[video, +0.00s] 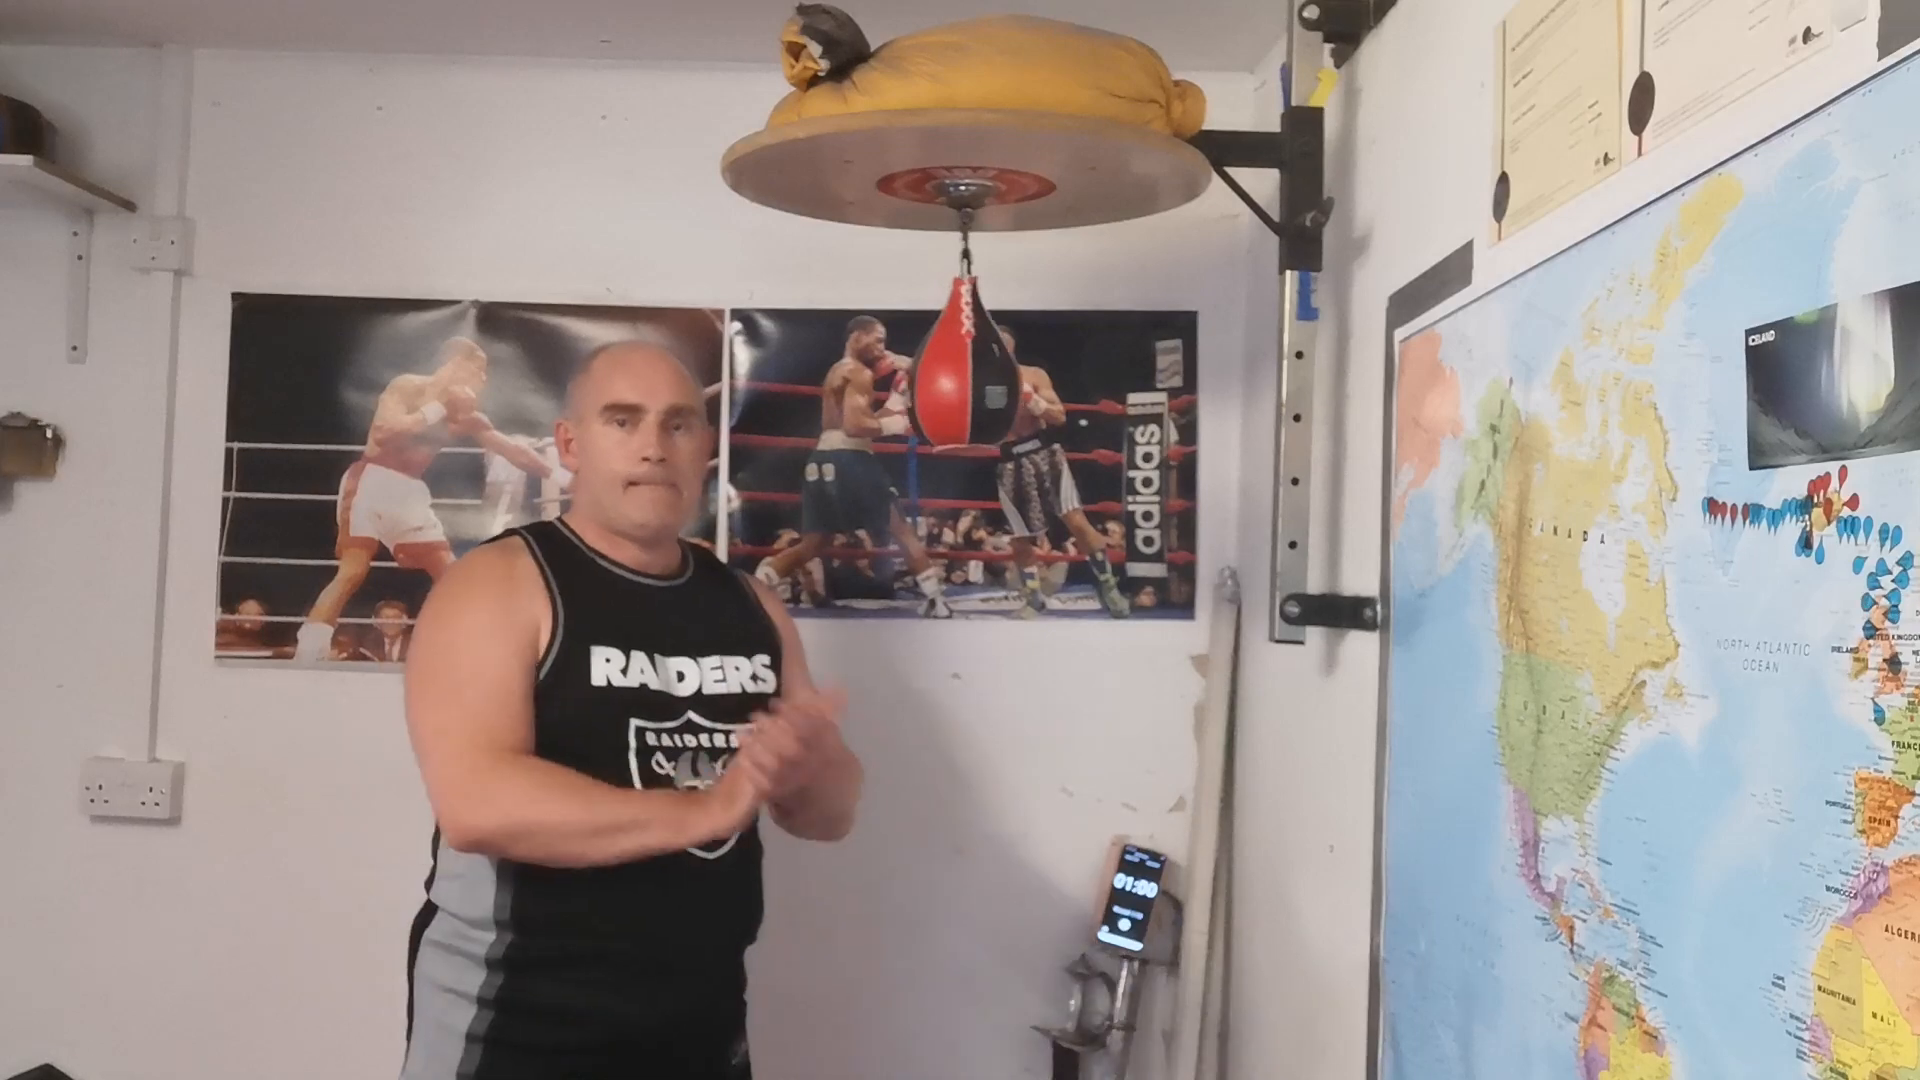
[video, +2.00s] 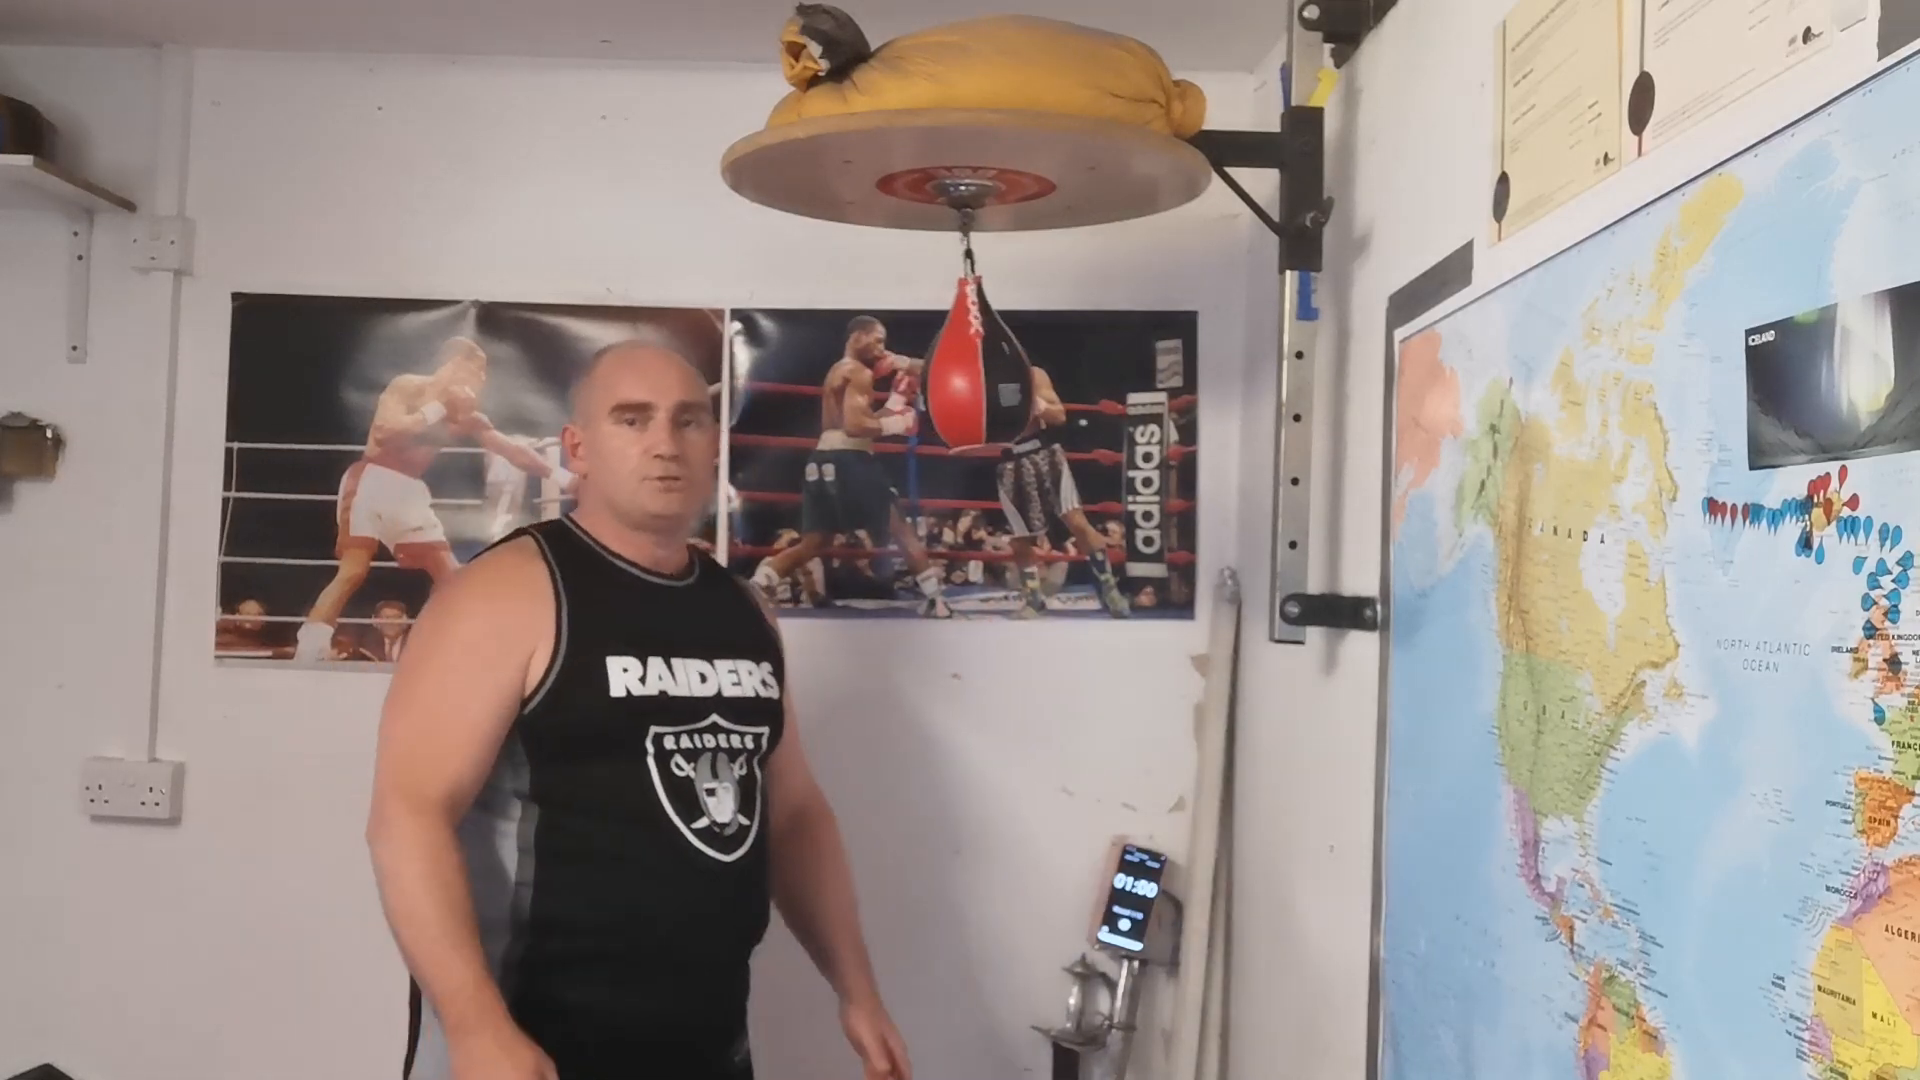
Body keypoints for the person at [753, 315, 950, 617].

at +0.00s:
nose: (881, 349)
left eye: (883, 343)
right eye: (877, 341)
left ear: (856, 340)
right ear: (856, 337)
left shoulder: (834, 373)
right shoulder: (859, 373)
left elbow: (841, 422)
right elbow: (854, 425)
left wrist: (885, 411)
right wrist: (890, 424)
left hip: (820, 463)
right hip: (853, 462)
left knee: (813, 543)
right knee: (903, 531)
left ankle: (755, 589)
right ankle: (936, 598)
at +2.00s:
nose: (881, 349)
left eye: (882, 343)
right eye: (877, 342)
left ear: (856, 340)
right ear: (858, 337)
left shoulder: (834, 373)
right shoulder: (858, 372)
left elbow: (848, 422)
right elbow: (854, 425)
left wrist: (887, 411)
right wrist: (894, 423)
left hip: (821, 462)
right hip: (852, 463)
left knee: (815, 542)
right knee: (903, 530)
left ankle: (756, 586)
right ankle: (936, 600)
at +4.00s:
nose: (881, 349)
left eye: (883, 343)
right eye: (878, 342)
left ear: (855, 340)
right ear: (857, 337)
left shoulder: (833, 374)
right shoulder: (858, 373)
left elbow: (849, 422)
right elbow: (855, 425)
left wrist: (889, 408)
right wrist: (896, 423)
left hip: (820, 462)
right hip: (853, 463)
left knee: (814, 542)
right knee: (902, 531)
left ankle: (755, 587)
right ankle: (935, 598)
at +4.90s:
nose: (881, 348)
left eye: (882, 343)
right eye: (877, 341)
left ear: (857, 340)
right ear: (856, 337)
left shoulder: (834, 373)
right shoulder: (858, 373)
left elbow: (848, 424)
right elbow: (854, 425)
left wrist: (889, 407)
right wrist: (895, 423)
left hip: (820, 463)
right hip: (852, 463)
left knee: (813, 542)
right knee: (901, 529)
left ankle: (756, 588)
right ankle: (935, 597)